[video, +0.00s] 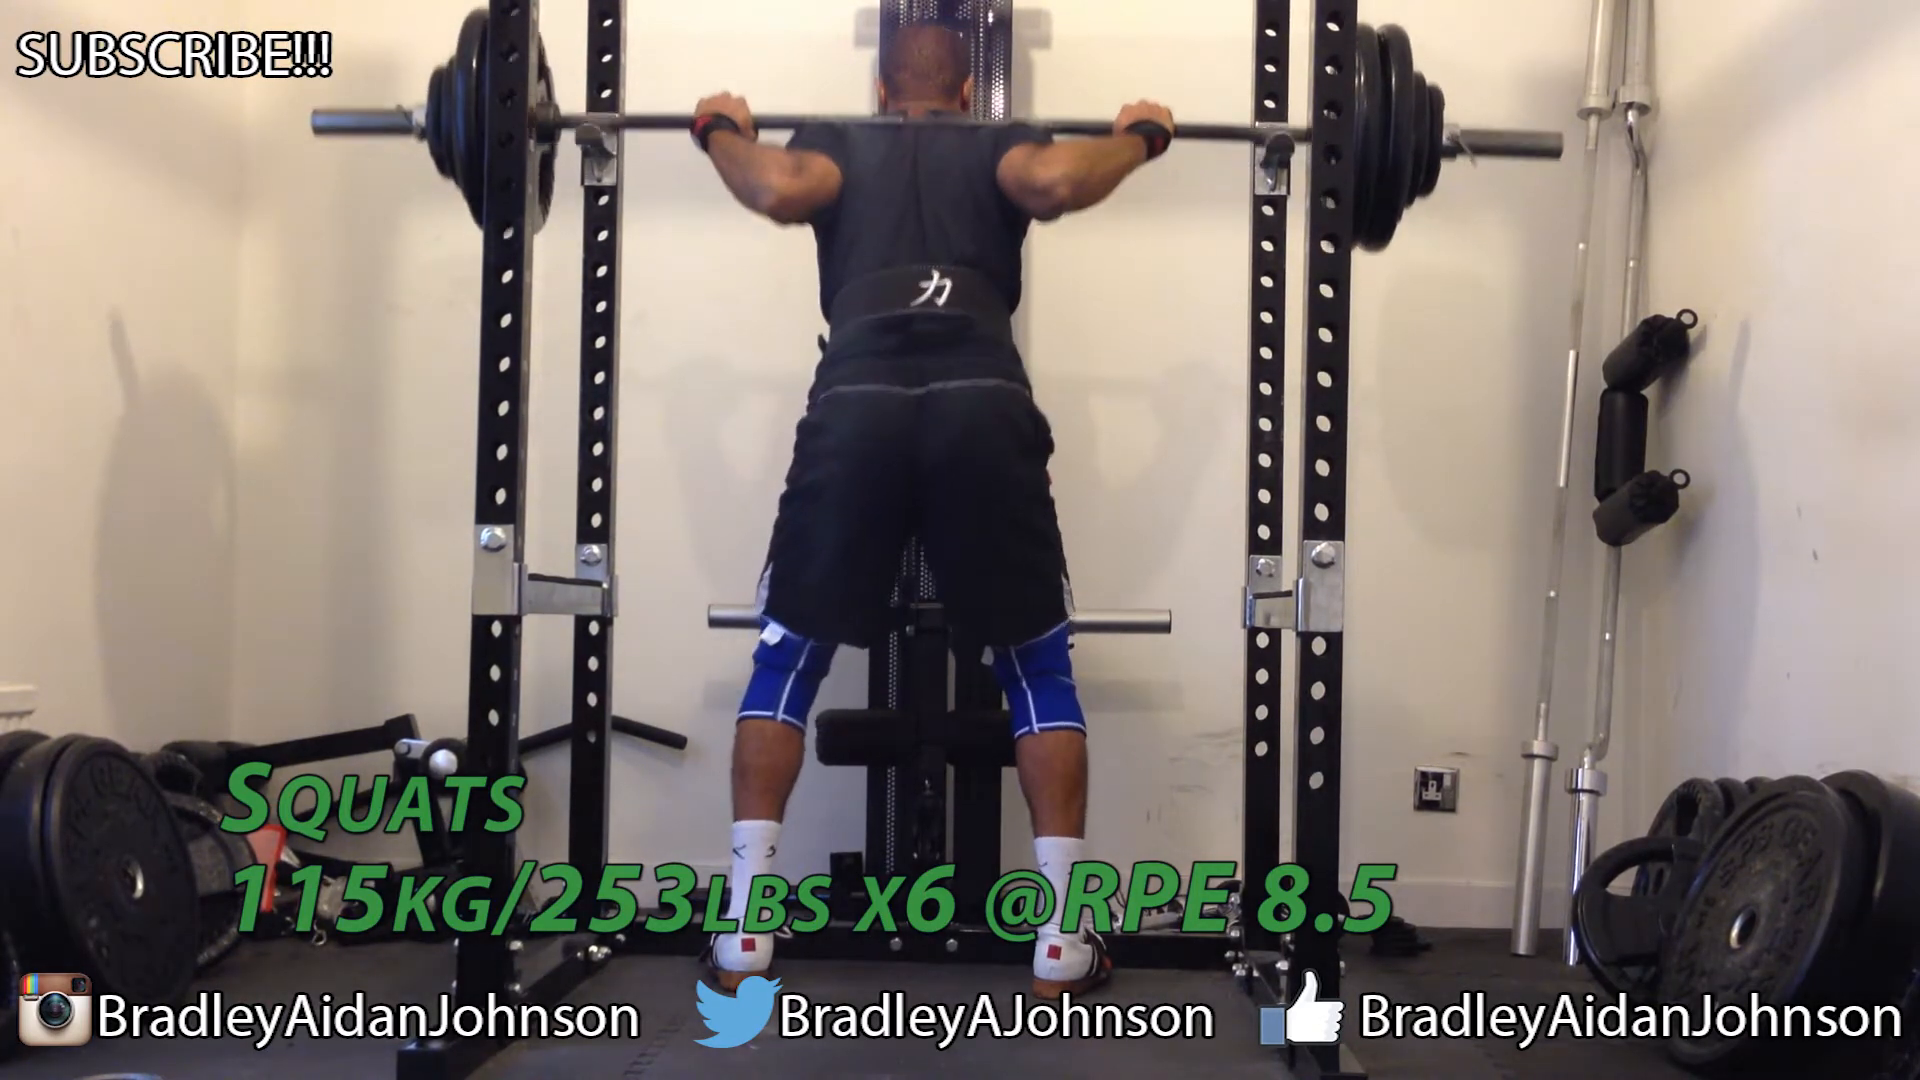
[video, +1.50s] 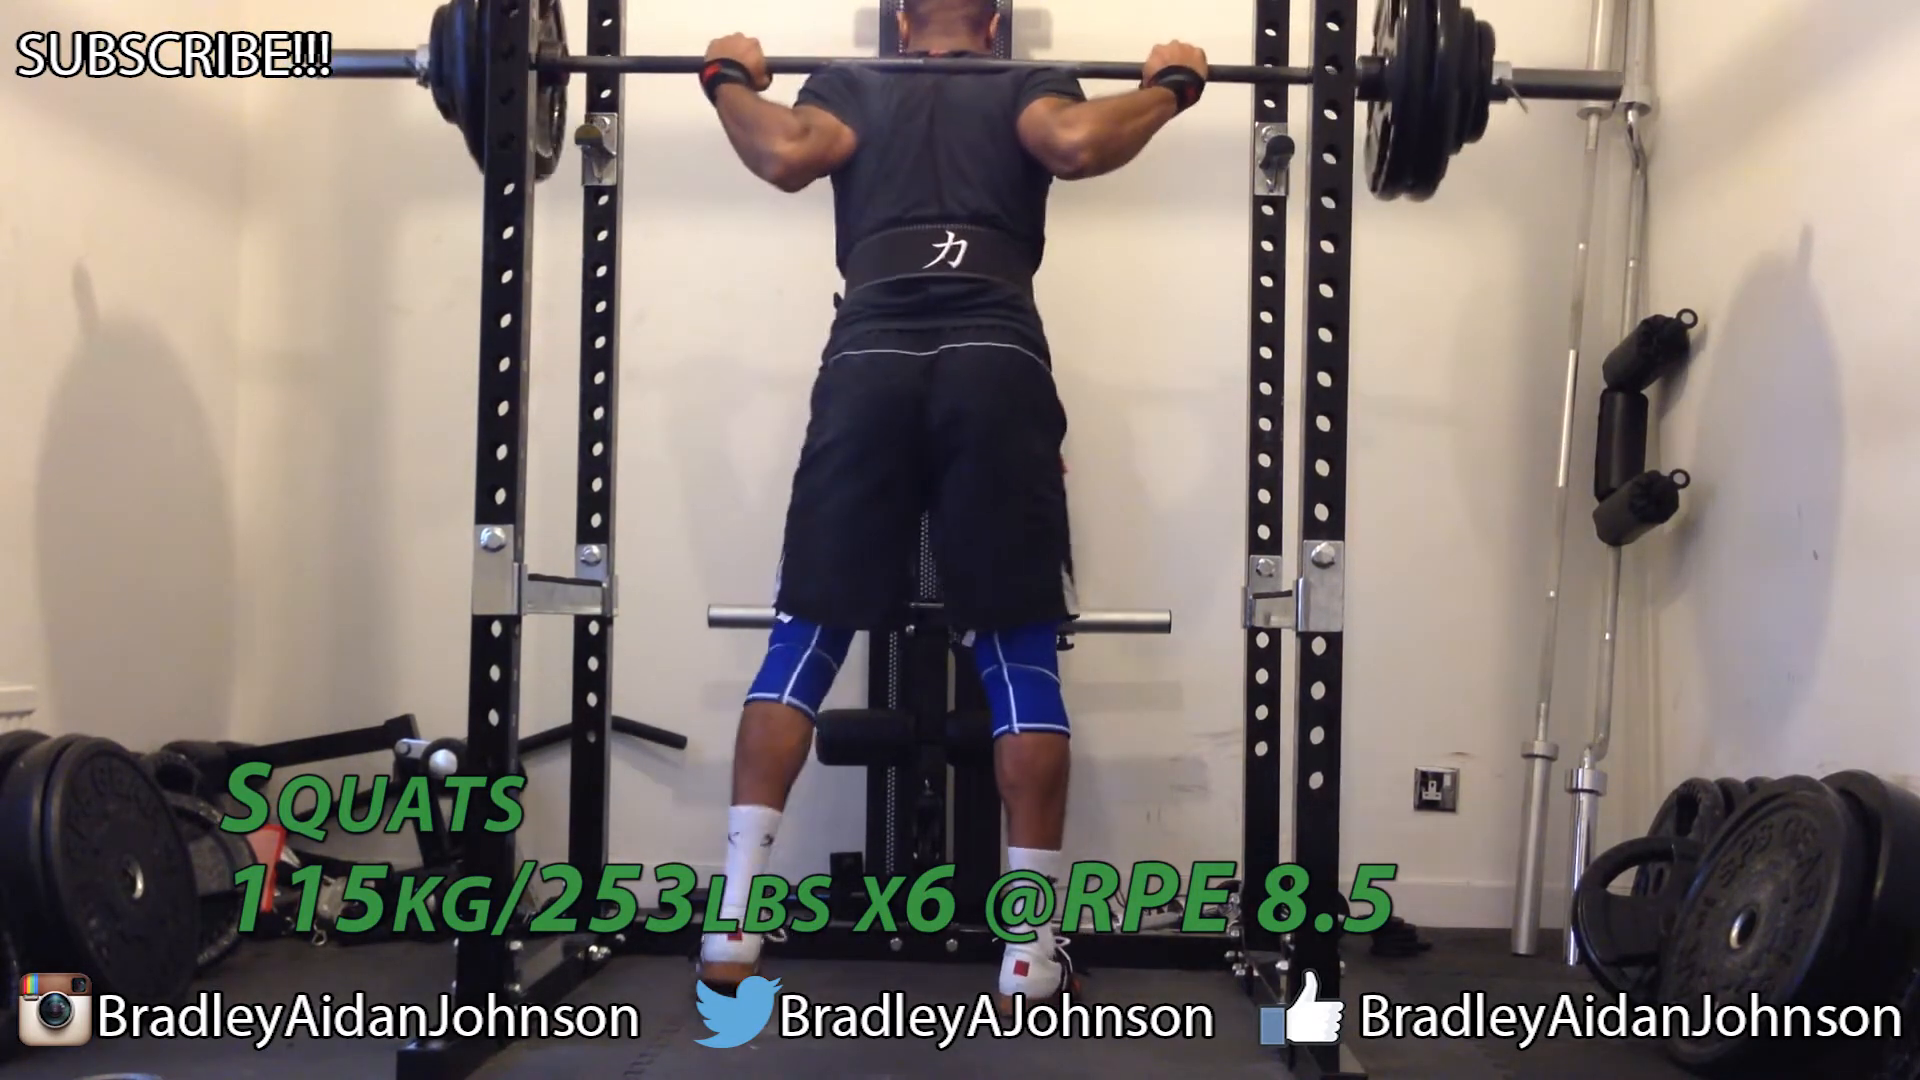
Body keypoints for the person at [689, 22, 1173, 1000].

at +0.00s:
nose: (907, 88)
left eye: (892, 76)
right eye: (956, 76)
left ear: (880, 90)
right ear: (970, 90)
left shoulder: (839, 147)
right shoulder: (998, 143)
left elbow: (777, 188)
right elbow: (1055, 180)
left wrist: (728, 137)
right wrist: (1135, 139)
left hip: (855, 414)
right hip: (985, 414)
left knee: (786, 666)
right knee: (1038, 674)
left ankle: (746, 918)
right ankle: (1061, 929)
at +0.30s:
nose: (922, 26)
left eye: (903, 18)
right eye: (953, 20)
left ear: (882, 40)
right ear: (970, 36)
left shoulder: (837, 102)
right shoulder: (998, 101)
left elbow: (771, 147)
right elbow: (1054, 144)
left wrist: (728, 94)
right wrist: (1135, 100)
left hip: (856, 390)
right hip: (983, 392)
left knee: (800, 651)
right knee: (1018, 657)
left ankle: (748, 920)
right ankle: (1061, 928)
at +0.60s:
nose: (907, 27)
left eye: (893, 21)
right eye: (947, 22)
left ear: (875, 42)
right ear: (966, 38)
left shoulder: (833, 103)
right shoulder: (992, 102)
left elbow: (770, 156)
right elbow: (1053, 152)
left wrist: (720, 99)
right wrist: (1135, 102)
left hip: (858, 391)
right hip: (985, 390)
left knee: (804, 652)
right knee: (1021, 657)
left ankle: (747, 919)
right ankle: (1063, 928)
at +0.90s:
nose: (932, 32)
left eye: (897, 24)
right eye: (940, 24)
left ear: (860, 40)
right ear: (947, 35)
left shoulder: (814, 101)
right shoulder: (976, 101)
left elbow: (750, 161)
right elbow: (1028, 163)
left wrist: (701, 101)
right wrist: (1115, 111)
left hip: (818, 390)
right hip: (943, 390)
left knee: (783, 648)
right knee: (1001, 649)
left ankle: (744, 926)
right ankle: (1062, 922)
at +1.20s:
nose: (942, 21)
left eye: (897, 15)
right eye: (958, 16)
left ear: (875, 31)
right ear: (964, 29)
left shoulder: (825, 93)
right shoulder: (995, 94)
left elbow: (759, 160)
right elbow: (1041, 158)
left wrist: (710, 97)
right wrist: (1130, 106)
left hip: (841, 385)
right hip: (965, 387)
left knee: (801, 646)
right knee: (1002, 653)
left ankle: (749, 922)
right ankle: (1030, 939)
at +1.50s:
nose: (959, 27)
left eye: (925, 17)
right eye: (982, 18)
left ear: (899, 27)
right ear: (996, 27)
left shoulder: (849, 84)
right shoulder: (1024, 80)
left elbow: (785, 152)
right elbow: (1075, 143)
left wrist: (736, 90)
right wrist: (1163, 91)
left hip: (867, 368)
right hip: (997, 370)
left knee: (802, 638)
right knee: (1022, 660)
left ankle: (735, 905)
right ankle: (1030, 945)